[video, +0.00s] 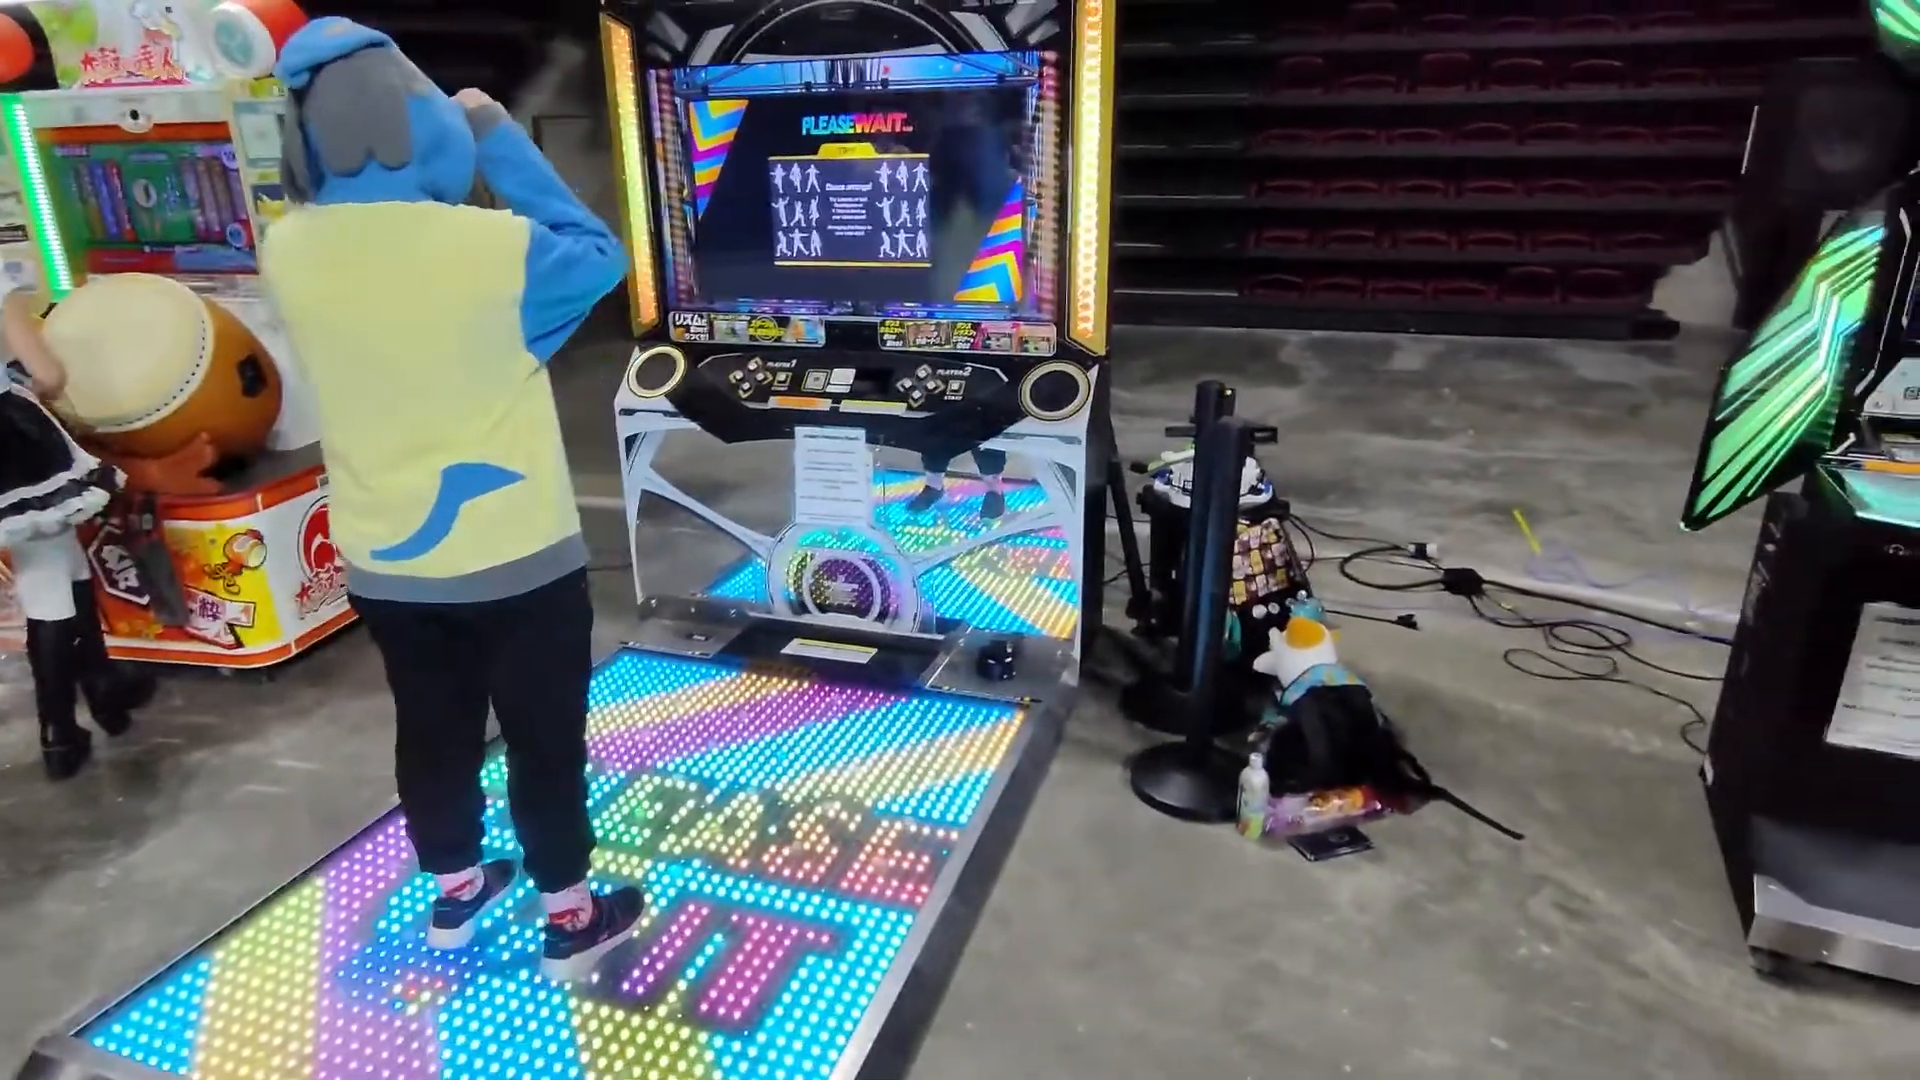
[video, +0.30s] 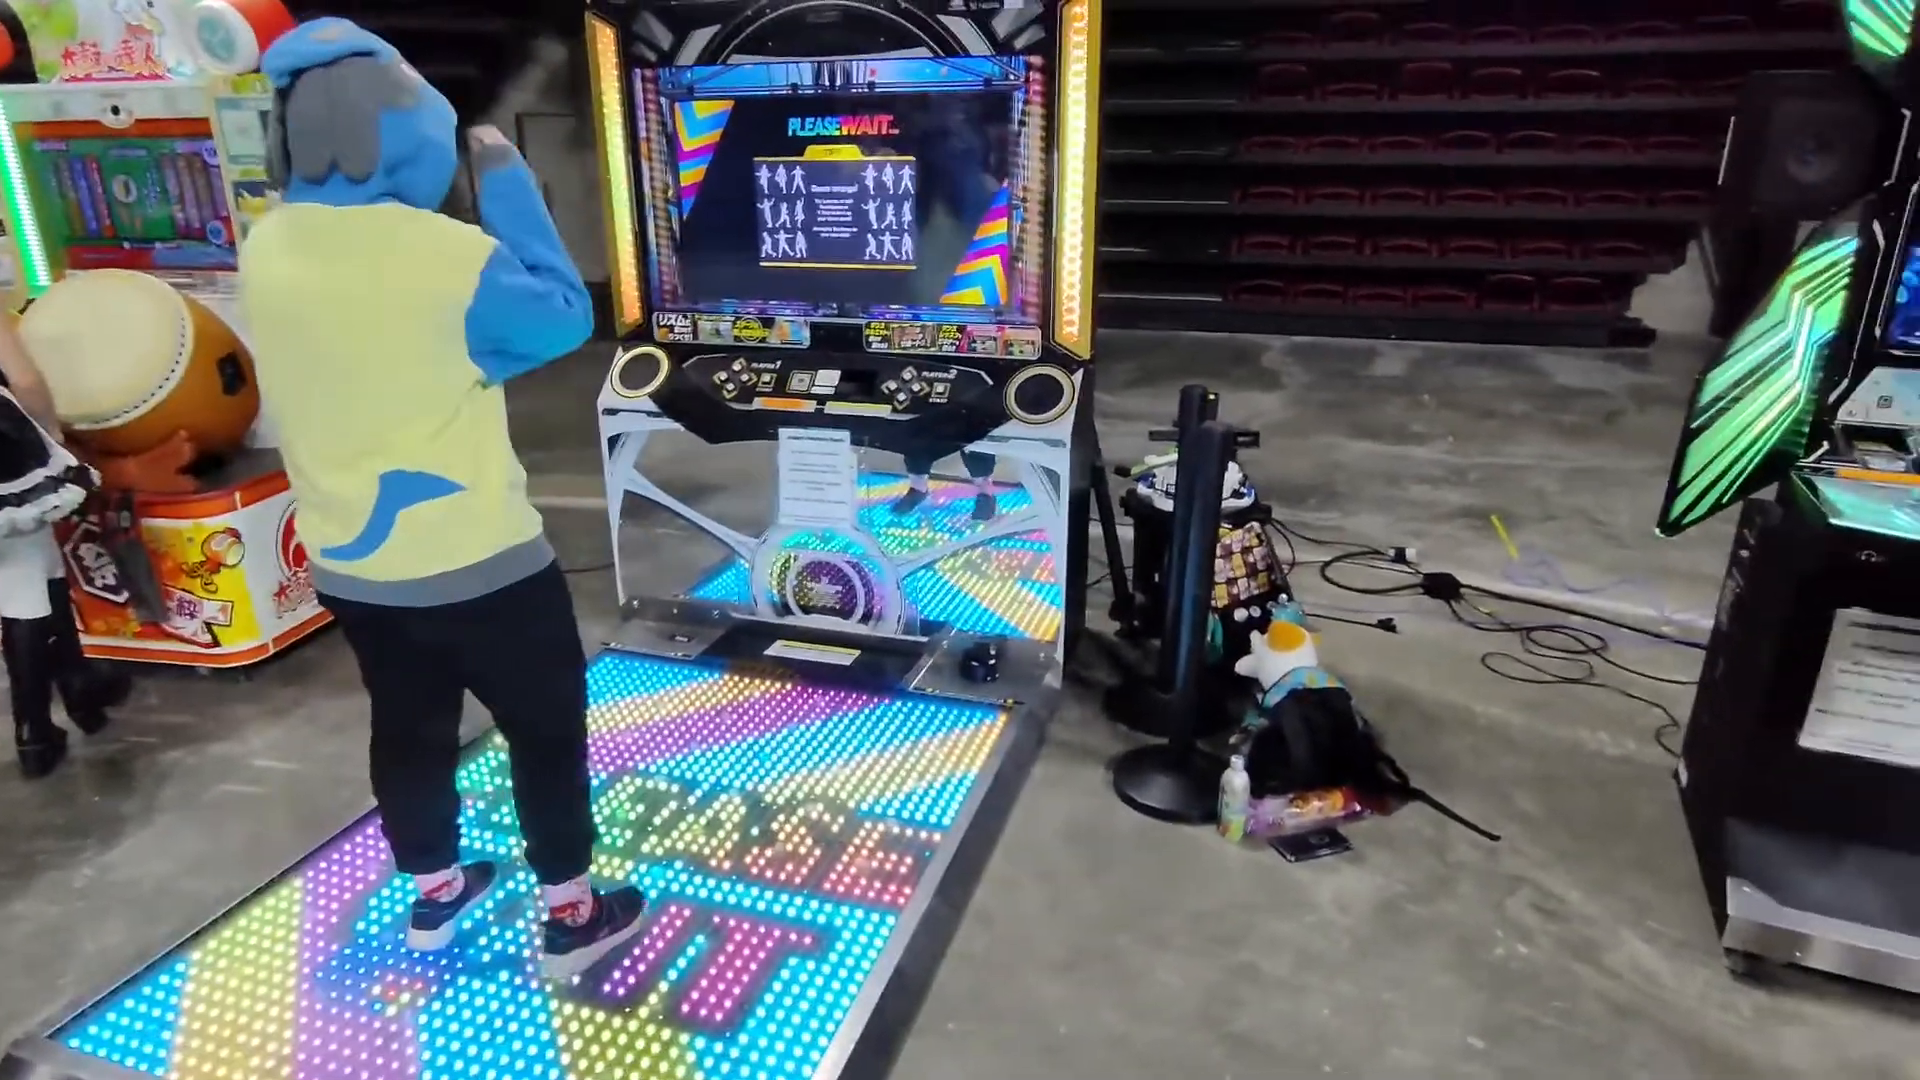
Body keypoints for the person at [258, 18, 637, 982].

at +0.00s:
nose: (430, 120)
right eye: (424, 109)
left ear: (317, 150)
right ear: (425, 130)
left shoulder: (291, 255)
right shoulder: (490, 252)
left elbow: (317, 206)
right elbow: (592, 254)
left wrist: (311, 110)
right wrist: (504, 142)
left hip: (387, 565)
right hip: (517, 555)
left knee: (431, 721)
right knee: (544, 731)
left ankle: (454, 879)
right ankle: (568, 906)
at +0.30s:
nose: (437, 141)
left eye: (430, 123)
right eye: (425, 124)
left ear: (305, 143)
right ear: (396, 136)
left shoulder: (264, 252)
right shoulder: (441, 258)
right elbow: (560, 310)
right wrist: (508, 180)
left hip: (352, 573)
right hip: (479, 566)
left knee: (408, 720)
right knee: (545, 727)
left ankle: (432, 882)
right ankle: (569, 911)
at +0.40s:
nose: (450, 147)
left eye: (444, 127)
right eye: (437, 127)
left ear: (310, 135)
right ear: (401, 134)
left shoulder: (272, 250)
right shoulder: (445, 257)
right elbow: (558, 360)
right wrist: (540, 251)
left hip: (351, 569)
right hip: (478, 564)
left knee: (407, 715)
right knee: (542, 730)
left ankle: (430, 876)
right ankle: (579, 909)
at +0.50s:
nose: (465, 148)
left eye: (458, 127)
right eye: (454, 129)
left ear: (335, 138)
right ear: (422, 137)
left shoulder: (293, 246)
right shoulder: (466, 267)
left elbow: (341, 366)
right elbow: (552, 399)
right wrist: (604, 372)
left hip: (363, 568)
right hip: (490, 568)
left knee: (415, 719)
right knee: (546, 734)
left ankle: (432, 881)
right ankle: (583, 911)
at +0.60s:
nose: (486, 143)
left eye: (478, 122)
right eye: (473, 123)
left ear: (358, 134)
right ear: (440, 132)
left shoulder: (319, 242)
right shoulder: (486, 267)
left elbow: (338, 378)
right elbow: (569, 412)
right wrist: (623, 502)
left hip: (382, 567)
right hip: (508, 568)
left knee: (427, 720)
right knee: (554, 738)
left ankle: (437, 880)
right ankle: (587, 913)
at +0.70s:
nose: (516, 143)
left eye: (508, 122)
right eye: (503, 124)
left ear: (388, 136)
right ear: (470, 132)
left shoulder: (349, 238)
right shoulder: (512, 270)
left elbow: (357, 393)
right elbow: (585, 450)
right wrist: (637, 577)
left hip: (402, 569)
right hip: (525, 571)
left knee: (441, 714)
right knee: (563, 740)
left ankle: (440, 876)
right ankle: (589, 908)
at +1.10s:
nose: (559, 128)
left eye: (554, 109)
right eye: (544, 109)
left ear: (439, 125)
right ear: (500, 116)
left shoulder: (393, 241)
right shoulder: (548, 236)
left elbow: (416, 382)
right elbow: (670, 362)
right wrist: (737, 479)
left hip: (448, 558)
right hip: (564, 554)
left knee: (506, 692)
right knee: (600, 722)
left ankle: (474, 853)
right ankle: (605, 904)